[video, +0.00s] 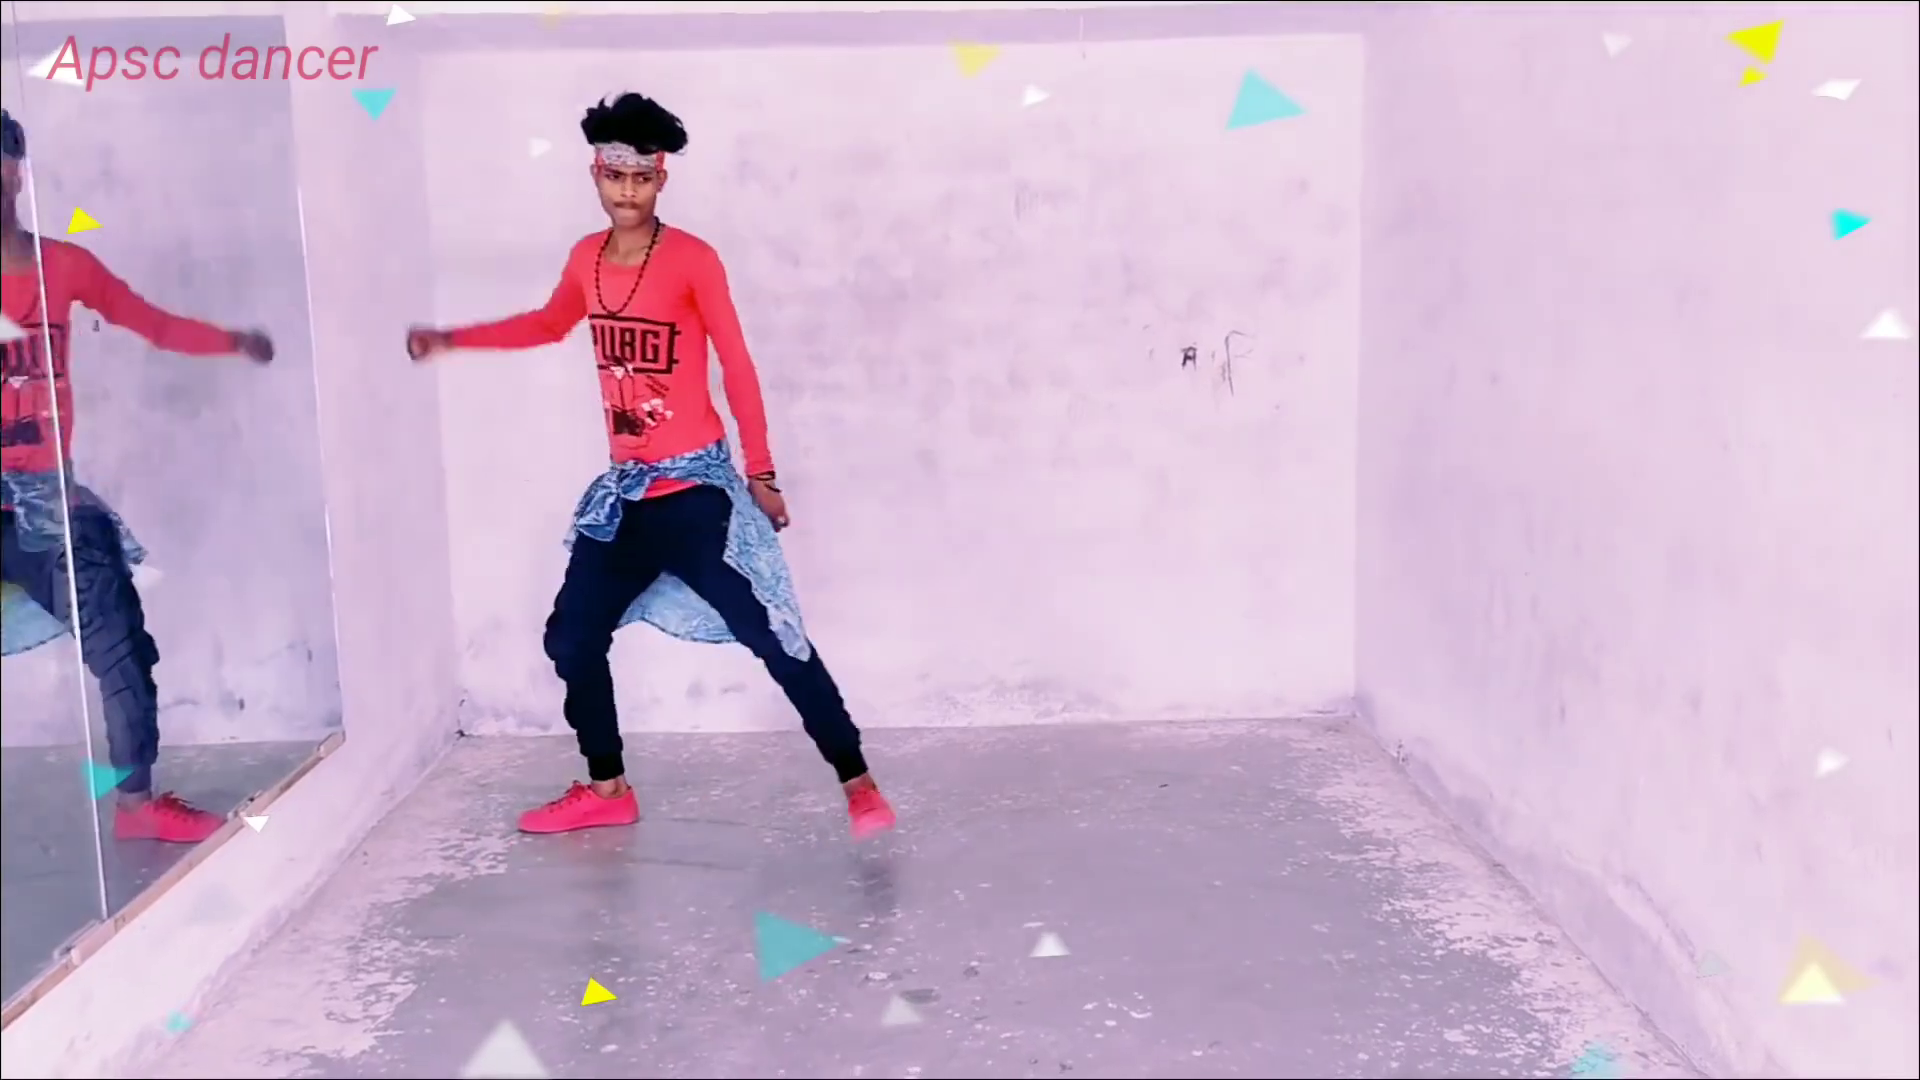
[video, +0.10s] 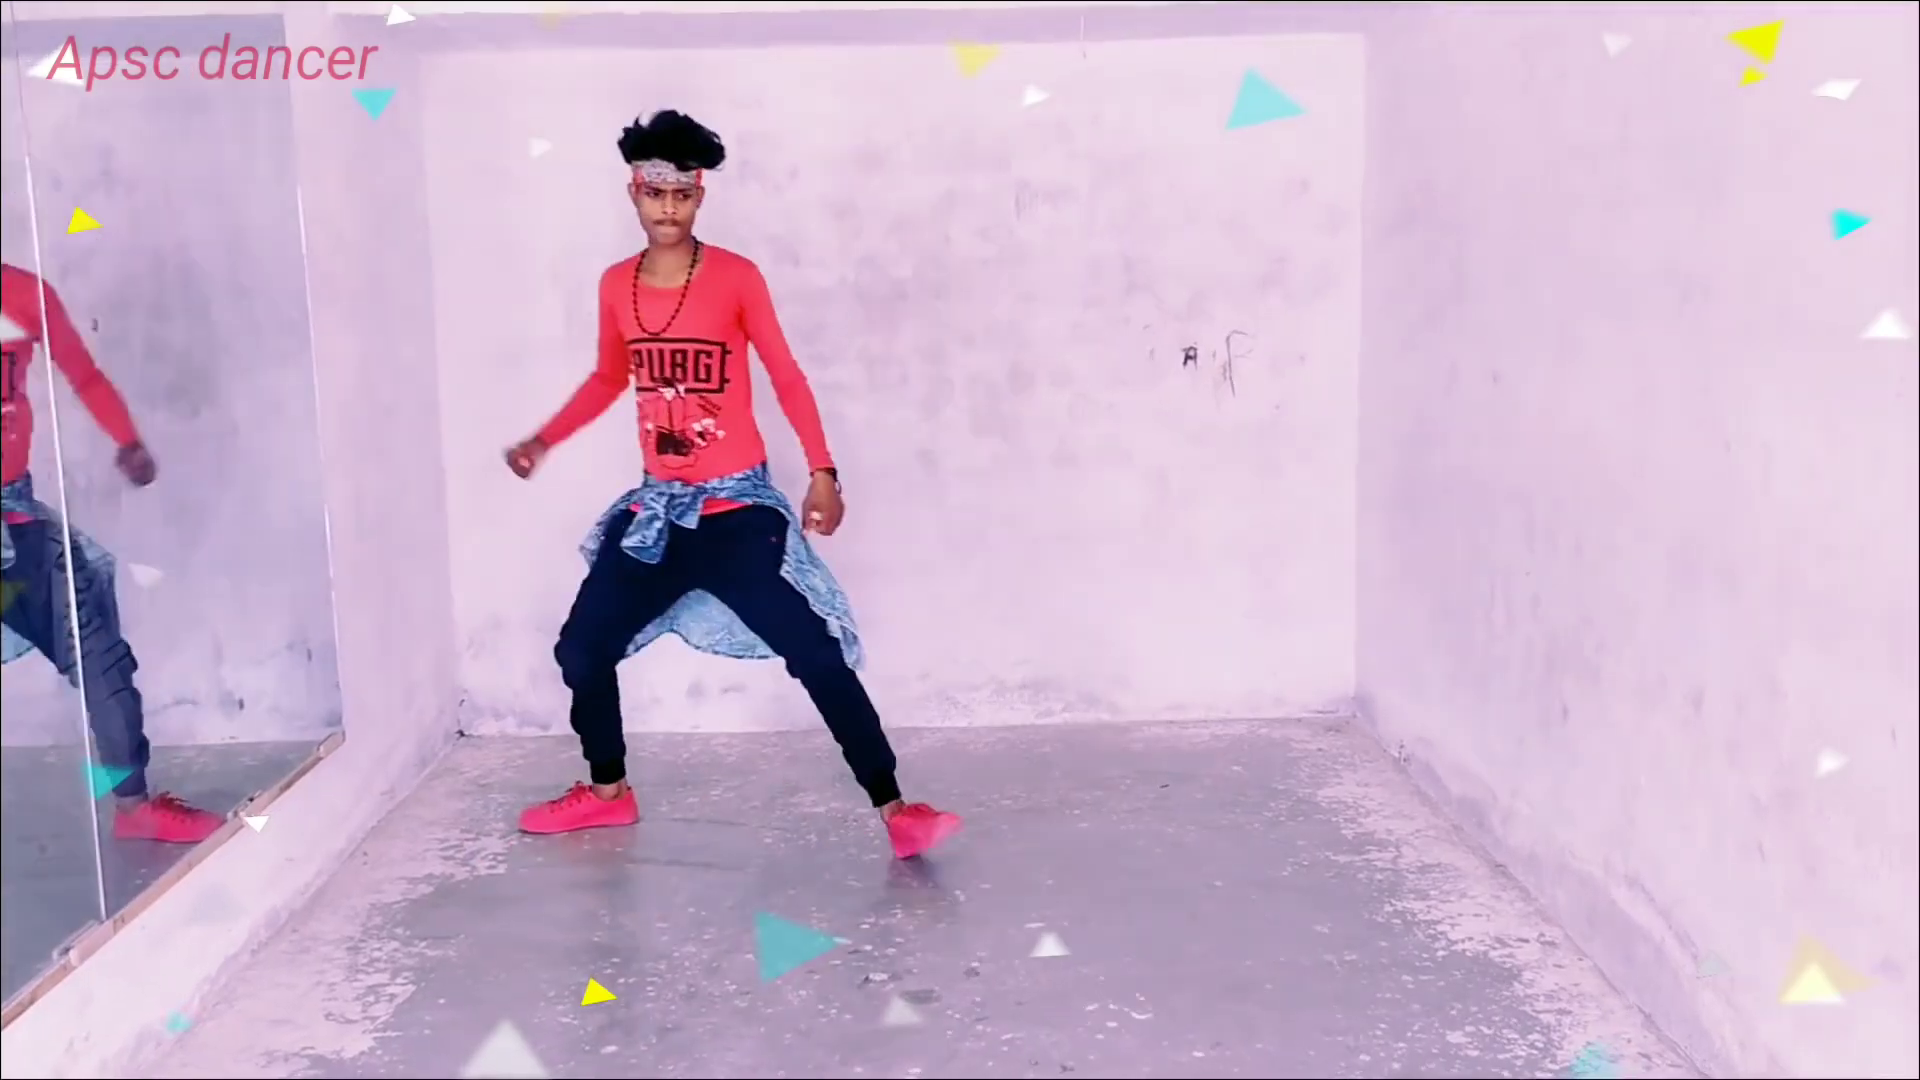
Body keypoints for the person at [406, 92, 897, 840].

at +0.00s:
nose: (627, 190)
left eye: (641, 175)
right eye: (613, 174)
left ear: (663, 180)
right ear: (595, 180)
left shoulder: (693, 262)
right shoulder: (587, 259)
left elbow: (737, 364)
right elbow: (550, 324)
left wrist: (760, 470)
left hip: (702, 486)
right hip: (626, 491)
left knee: (771, 631)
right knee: (572, 637)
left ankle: (858, 782)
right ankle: (607, 788)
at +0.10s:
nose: (666, 206)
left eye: (681, 190)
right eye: (651, 190)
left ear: (702, 194)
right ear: (632, 196)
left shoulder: (737, 279)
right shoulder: (618, 284)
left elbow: (785, 377)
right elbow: (611, 375)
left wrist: (823, 470)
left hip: (738, 507)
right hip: (658, 510)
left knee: (810, 649)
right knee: (581, 651)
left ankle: (894, 808)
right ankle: (608, 789)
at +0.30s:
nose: (743, 243)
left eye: (755, 226)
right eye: (727, 226)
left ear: (772, 231)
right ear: (702, 231)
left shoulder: (809, 310)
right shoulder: (679, 328)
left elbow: (851, 417)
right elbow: (679, 441)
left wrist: (869, 451)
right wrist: (671, 472)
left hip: (825, 535)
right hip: (737, 542)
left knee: (892, 678)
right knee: (654, 687)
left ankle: (937, 828)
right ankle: (674, 813)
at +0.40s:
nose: (763, 248)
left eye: (775, 233)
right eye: (748, 234)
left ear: (792, 238)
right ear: (723, 240)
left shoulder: (833, 327)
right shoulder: (699, 341)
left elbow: (863, 430)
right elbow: (709, 446)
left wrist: (897, 511)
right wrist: (698, 526)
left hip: (836, 547)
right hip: (745, 554)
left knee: (917, 687)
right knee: (676, 705)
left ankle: (965, 831)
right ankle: (690, 821)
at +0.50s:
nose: (784, 259)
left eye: (796, 242)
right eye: (769, 244)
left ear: (812, 248)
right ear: (743, 249)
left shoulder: (853, 337)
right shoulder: (716, 350)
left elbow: (869, 440)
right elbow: (720, 446)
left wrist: (908, 522)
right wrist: (710, 530)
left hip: (847, 561)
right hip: (752, 566)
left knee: (944, 691)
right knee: (683, 721)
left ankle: (973, 835)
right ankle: (693, 825)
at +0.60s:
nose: (804, 263)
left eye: (816, 246)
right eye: (787, 247)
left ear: (832, 250)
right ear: (761, 251)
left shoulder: (867, 338)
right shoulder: (730, 347)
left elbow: (887, 447)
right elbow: (715, 454)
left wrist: (930, 505)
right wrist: (714, 506)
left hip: (861, 563)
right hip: (765, 568)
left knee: (950, 697)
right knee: (696, 728)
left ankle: (978, 838)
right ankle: (698, 828)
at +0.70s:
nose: (822, 269)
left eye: (834, 251)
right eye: (805, 253)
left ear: (850, 254)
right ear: (779, 257)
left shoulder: (884, 339)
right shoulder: (748, 343)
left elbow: (910, 454)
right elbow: (726, 460)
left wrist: (935, 464)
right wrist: (743, 484)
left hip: (877, 560)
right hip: (783, 563)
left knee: (955, 707)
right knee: (710, 729)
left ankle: (985, 842)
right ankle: (705, 831)